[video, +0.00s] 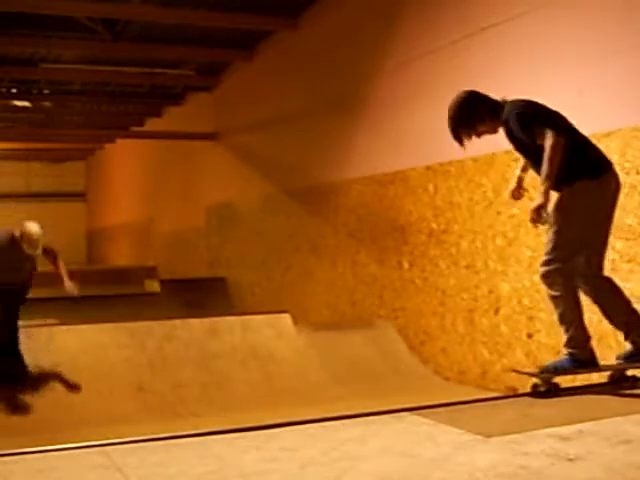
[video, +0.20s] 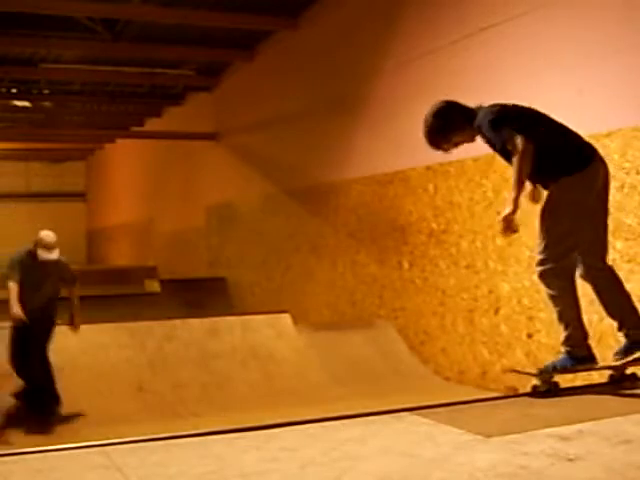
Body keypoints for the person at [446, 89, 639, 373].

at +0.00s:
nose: (480, 135)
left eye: (475, 130)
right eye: (474, 133)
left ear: (479, 115)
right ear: (484, 107)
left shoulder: (516, 116)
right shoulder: (514, 118)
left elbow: (553, 139)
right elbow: (533, 147)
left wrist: (543, 196)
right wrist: (520, 177)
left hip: (581, 187)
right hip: (600, 183)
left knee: (554, 271)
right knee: (587, 273)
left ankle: (579, 352)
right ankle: (637, 337)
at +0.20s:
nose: (457, 147)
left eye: (451, 143)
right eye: (450, 146)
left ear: (453, 127)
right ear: (457, 115)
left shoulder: (488, 121)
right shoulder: (492, 116)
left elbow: (523, 146)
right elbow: (539, 138)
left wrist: (511, 207)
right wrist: (537, 181)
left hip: (568, 181)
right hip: (590, 171)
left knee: (552, 269)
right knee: (592, 265)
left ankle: (577, 351)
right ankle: (635, 332)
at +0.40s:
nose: (442, 162)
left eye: (436, 157)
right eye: (435, 160)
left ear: (440, 140)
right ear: (441, 132)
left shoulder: (471, 137)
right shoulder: (476, 128)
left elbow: (497, 177)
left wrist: (479, 236)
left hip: (555, 180)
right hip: (576, 167)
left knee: (548, 268)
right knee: (578, 252)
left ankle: (577, 349)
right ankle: (635, 305)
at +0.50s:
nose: (436, 167)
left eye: (431, 163)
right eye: (430, 166)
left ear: (432, 148)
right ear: (434, 137)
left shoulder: (459, 145)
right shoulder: (469, 127)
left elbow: (488, 190)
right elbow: (525, 125)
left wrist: (476, 243)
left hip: (549, 178)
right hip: (566, 166)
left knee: (542, 267)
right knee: (555, 244)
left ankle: (577, 349)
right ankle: (617, 289)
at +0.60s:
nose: (430, 176)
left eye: (423, 173)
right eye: (423, 176)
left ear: (424, 157)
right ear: (426, 146)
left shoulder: (449, 152)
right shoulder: (461, 136)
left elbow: (483, 192)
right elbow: (522, 127)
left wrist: (477, 234)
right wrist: (551, 141)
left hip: (537, 179)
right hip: (552, 167)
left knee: (531, 264)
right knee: (538, 250)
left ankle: (573, 346)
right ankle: (585, 298)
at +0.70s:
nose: (427, 190)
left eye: (422, 187)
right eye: (421, 190)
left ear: (420, 174)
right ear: (419, 164)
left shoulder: (443, 163)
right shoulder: (459, 148)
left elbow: (478, 193)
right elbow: (515, 126)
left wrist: (454, 237)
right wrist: (549, 132)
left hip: (516, 193)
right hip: (538, 184)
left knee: (498, 272)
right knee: (521, 268)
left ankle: (554, 332)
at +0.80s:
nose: (424, 213)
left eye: (417, 209)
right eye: (418, 213)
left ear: (416, 195)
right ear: (420, 180)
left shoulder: (433, 187)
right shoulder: (462, 164)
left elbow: (457, 198)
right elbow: (496, 144)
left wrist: (434, 247)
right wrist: (522, 138)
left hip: (494, 225)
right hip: (523, 219)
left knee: (460, 293)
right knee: (526, 302)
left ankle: (516, 309)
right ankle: (538, 375)